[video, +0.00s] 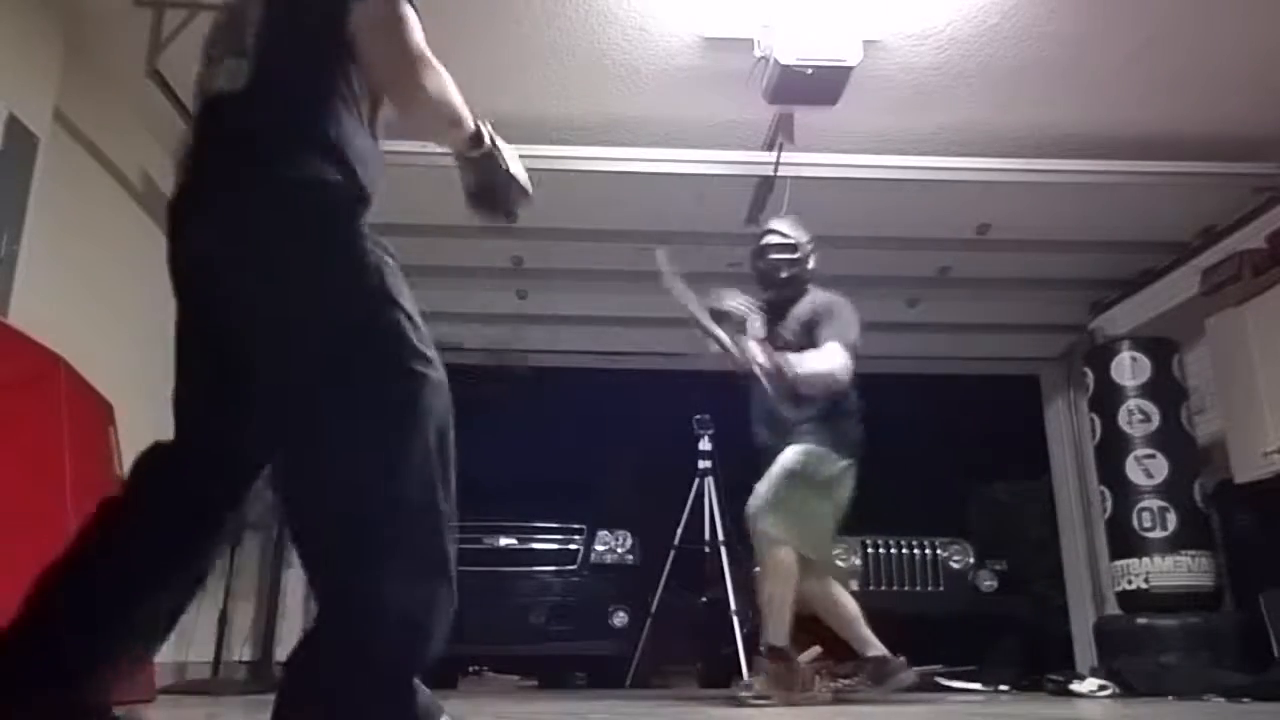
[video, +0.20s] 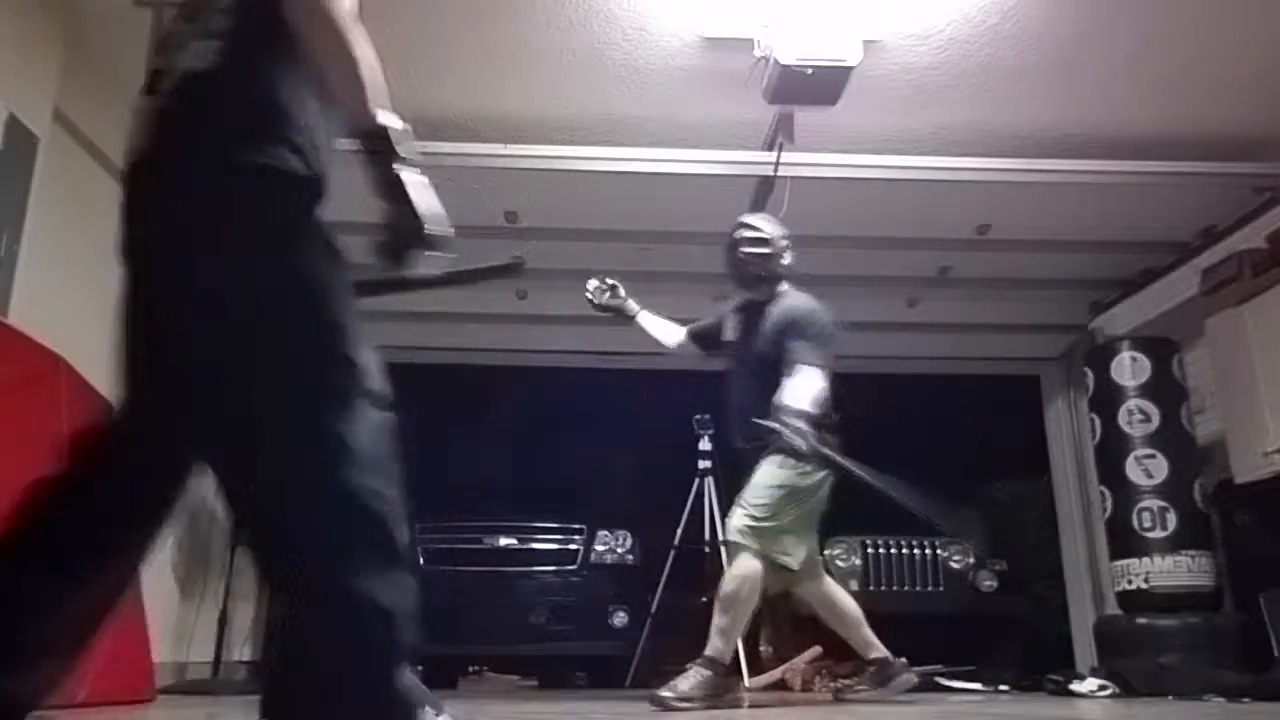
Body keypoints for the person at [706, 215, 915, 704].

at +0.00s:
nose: (777, 263)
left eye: (787, 252)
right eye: (767, 254)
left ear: (809, 257)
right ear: (755, 263)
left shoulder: (830, 308)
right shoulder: (762, 318)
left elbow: (836, 366)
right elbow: (738, 353)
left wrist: (777, 361)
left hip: (823, 442)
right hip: (786, 446)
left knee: (767, 515)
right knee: (807, 574)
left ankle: (776, 659)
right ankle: (880, 660)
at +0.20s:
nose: (747, 253)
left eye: (759, 244)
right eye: (740, 245)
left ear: (784, 255)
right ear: (731, 255)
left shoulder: (800, 310)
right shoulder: (737, 317)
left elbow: (808, 375)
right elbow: (679, 339)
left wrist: (792, 414)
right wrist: (628, 307)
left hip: (798, 449)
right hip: (763, 453)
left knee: (744, 535)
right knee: (799, 571)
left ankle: (714, 668)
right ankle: (884, 663)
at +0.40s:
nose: (710, 238)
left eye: (721, 229)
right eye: (703, 231)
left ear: (745, 237)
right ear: (694, 244)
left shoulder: (751, 285)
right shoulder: (727, 293)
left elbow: (690, 319)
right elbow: (684, 353)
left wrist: (634, 306)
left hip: (785, 432)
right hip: (772, 435)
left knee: (720, 533)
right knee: (762, 571)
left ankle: (711, 671)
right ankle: (864, 646)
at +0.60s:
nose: (702, 226)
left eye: (713, 216)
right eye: (694, 218)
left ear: (739, 225)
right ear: (685, 231)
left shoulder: (752, 270)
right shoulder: (708, 283)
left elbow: (717, 313)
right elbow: (659, 333)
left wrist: (640, 296)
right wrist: (639, 295)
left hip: (772, 421)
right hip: (756, 425)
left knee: (705, 532)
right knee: (754, 569)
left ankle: (710, 672)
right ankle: (861, 649)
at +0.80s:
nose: (716, 222)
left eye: (727, 212)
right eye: (707, 216)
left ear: (755, 218)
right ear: (700, 230)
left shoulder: (763, 267)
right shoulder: (736, 275)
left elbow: (721, 333)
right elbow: (721, 346)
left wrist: (648, 350)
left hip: (779, 418)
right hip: (765, 421)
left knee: (712, 529)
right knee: (770, 558)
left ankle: (711, 672)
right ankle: (875, 660)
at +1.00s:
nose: (714, 223)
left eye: (725, 213)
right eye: (707, 216)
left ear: (754, 217)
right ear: (701, 227)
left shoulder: (768, 254)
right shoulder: (733, 275)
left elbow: (714, 295)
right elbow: (722, 364)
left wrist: (655, 306)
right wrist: (695, 325)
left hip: (804, 408)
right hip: (807, 413)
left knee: (737, 525)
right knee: (810, 555)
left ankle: (729, 670)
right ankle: (886, 669)